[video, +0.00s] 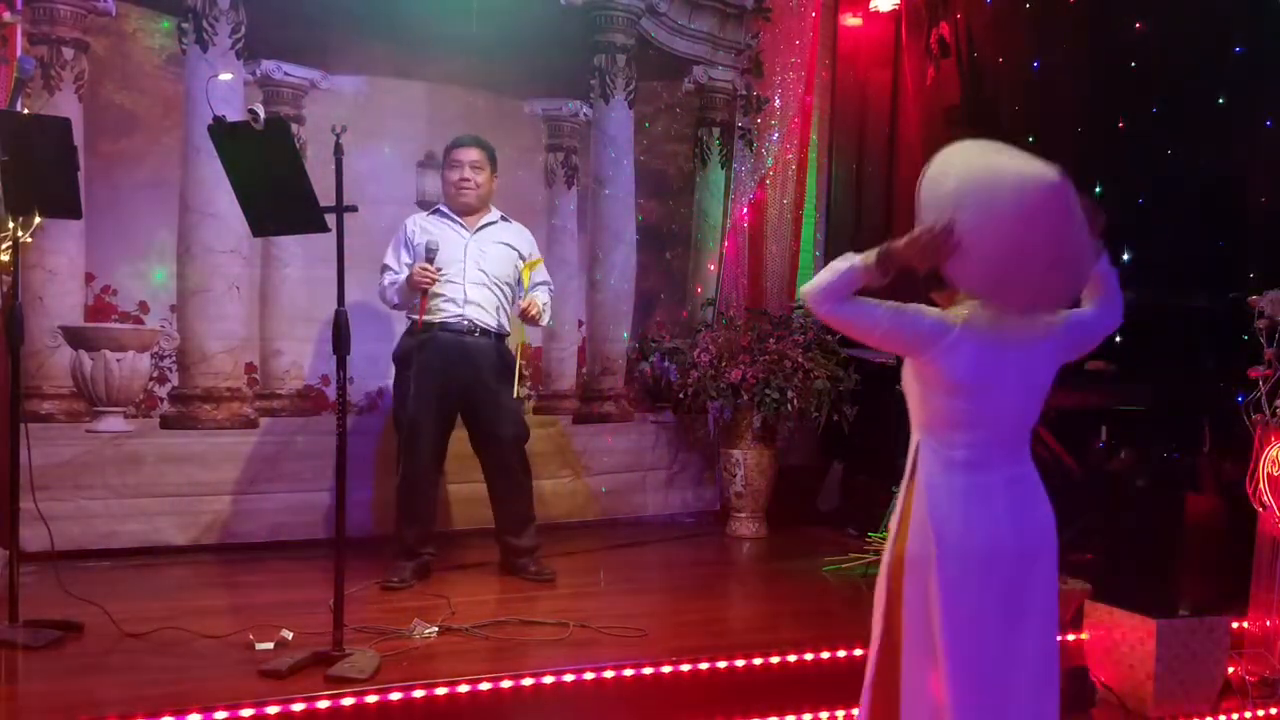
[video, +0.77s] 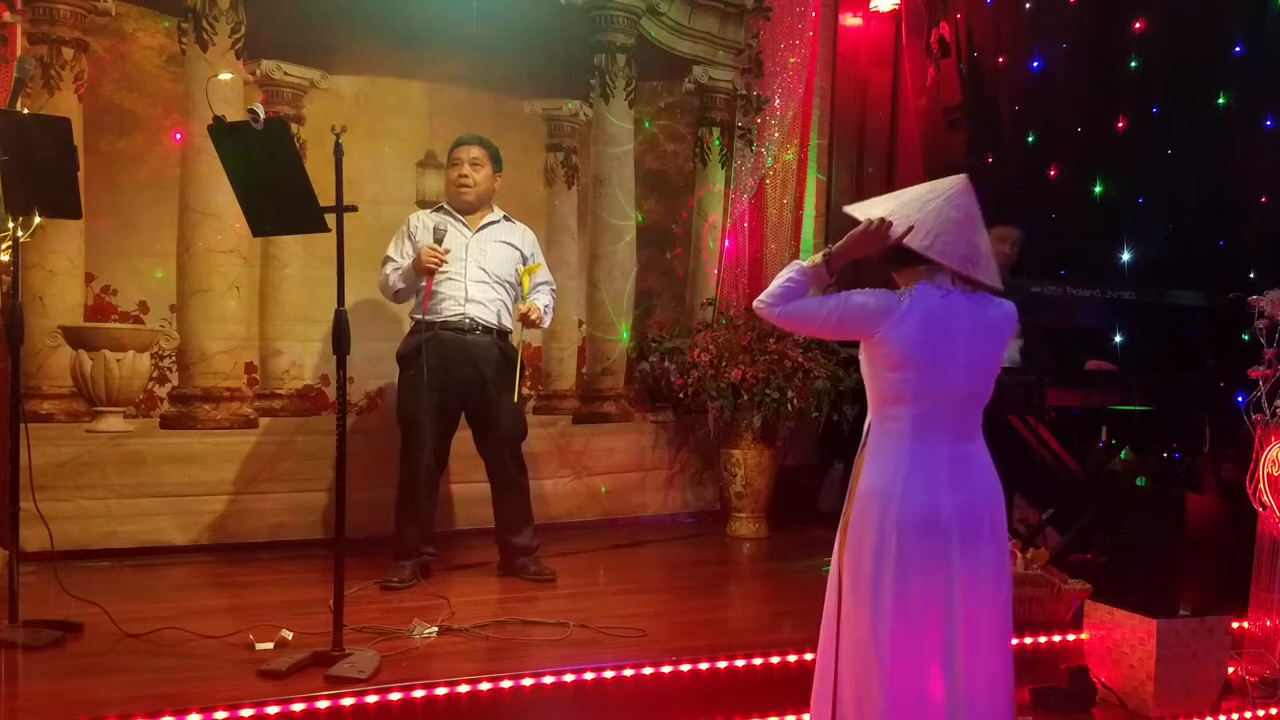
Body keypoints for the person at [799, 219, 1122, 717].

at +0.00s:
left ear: (955, 259)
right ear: (1034, 259)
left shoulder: (931, 332)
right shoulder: (1047, 336)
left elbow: (820, 295)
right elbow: (1105, 308)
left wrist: (885, 257)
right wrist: (1092, 243)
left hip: (939, 506)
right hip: (1019, 503)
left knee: (934, 647)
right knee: (1014, 650)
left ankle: (932, 719)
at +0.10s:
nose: (927, 264)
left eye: (933, 253)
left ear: (944, 264)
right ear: (1009, 265)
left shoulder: (920, 331)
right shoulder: (1033, 342)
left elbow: (808, 294)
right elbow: (1087, 313)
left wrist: (874, 264)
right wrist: (1070, 244)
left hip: (934, 506)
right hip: (1011, 500)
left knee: (928, 651)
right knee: (1006, 654)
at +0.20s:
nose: (917, 252)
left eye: (925, 241)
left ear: (944, 259)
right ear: (996, 263)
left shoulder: (911, 324)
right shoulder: (1020, 339)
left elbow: (801, 286)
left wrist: (878, 250)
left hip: (921, 499)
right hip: (999, 494)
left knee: (912, 641)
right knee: (994, 649)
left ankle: (911, 718)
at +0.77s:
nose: (873, 239)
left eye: (881, 233)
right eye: (876, 231)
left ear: (897, 245)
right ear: (957, 249)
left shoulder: (883, 311)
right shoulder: (1000, 317)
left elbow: (773, 303)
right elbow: (990, 295)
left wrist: (839, 253)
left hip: (895, 482)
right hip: (972, 479)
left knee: (887, 632)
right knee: (971, 632)